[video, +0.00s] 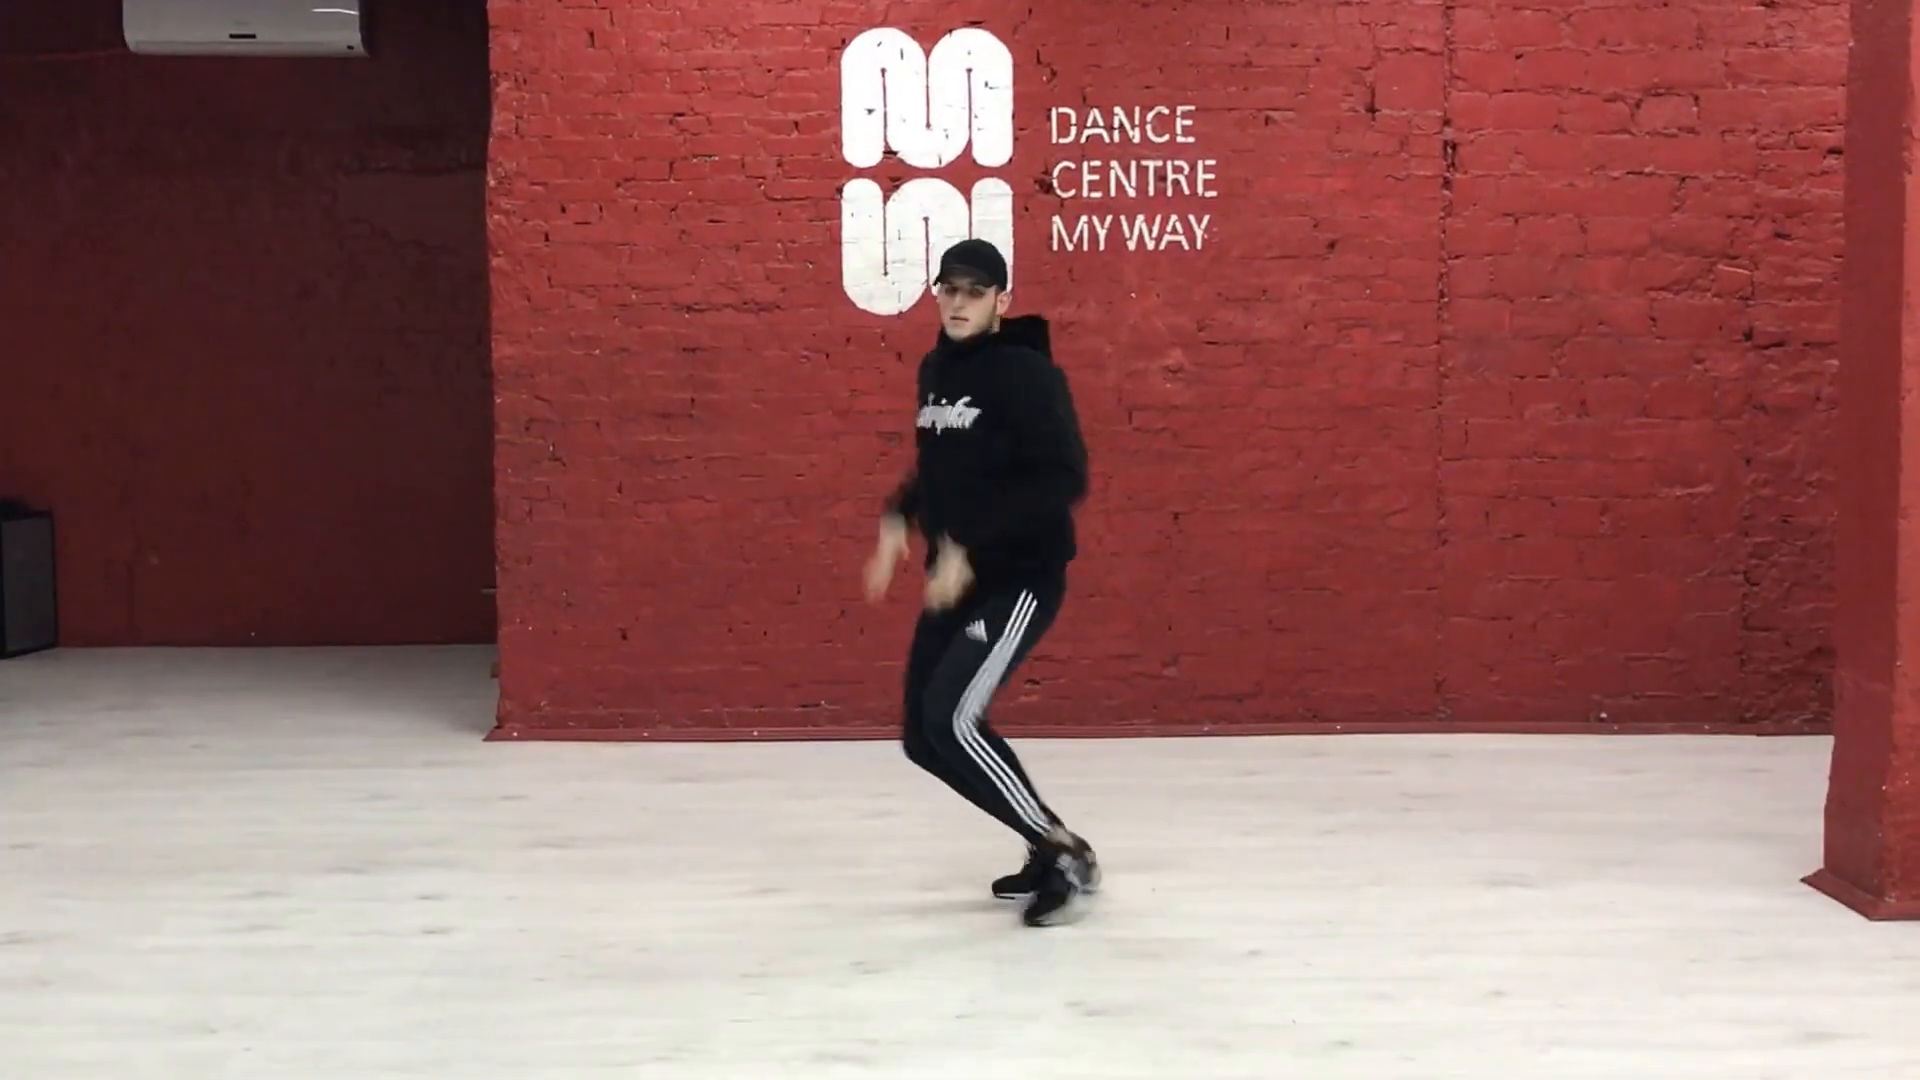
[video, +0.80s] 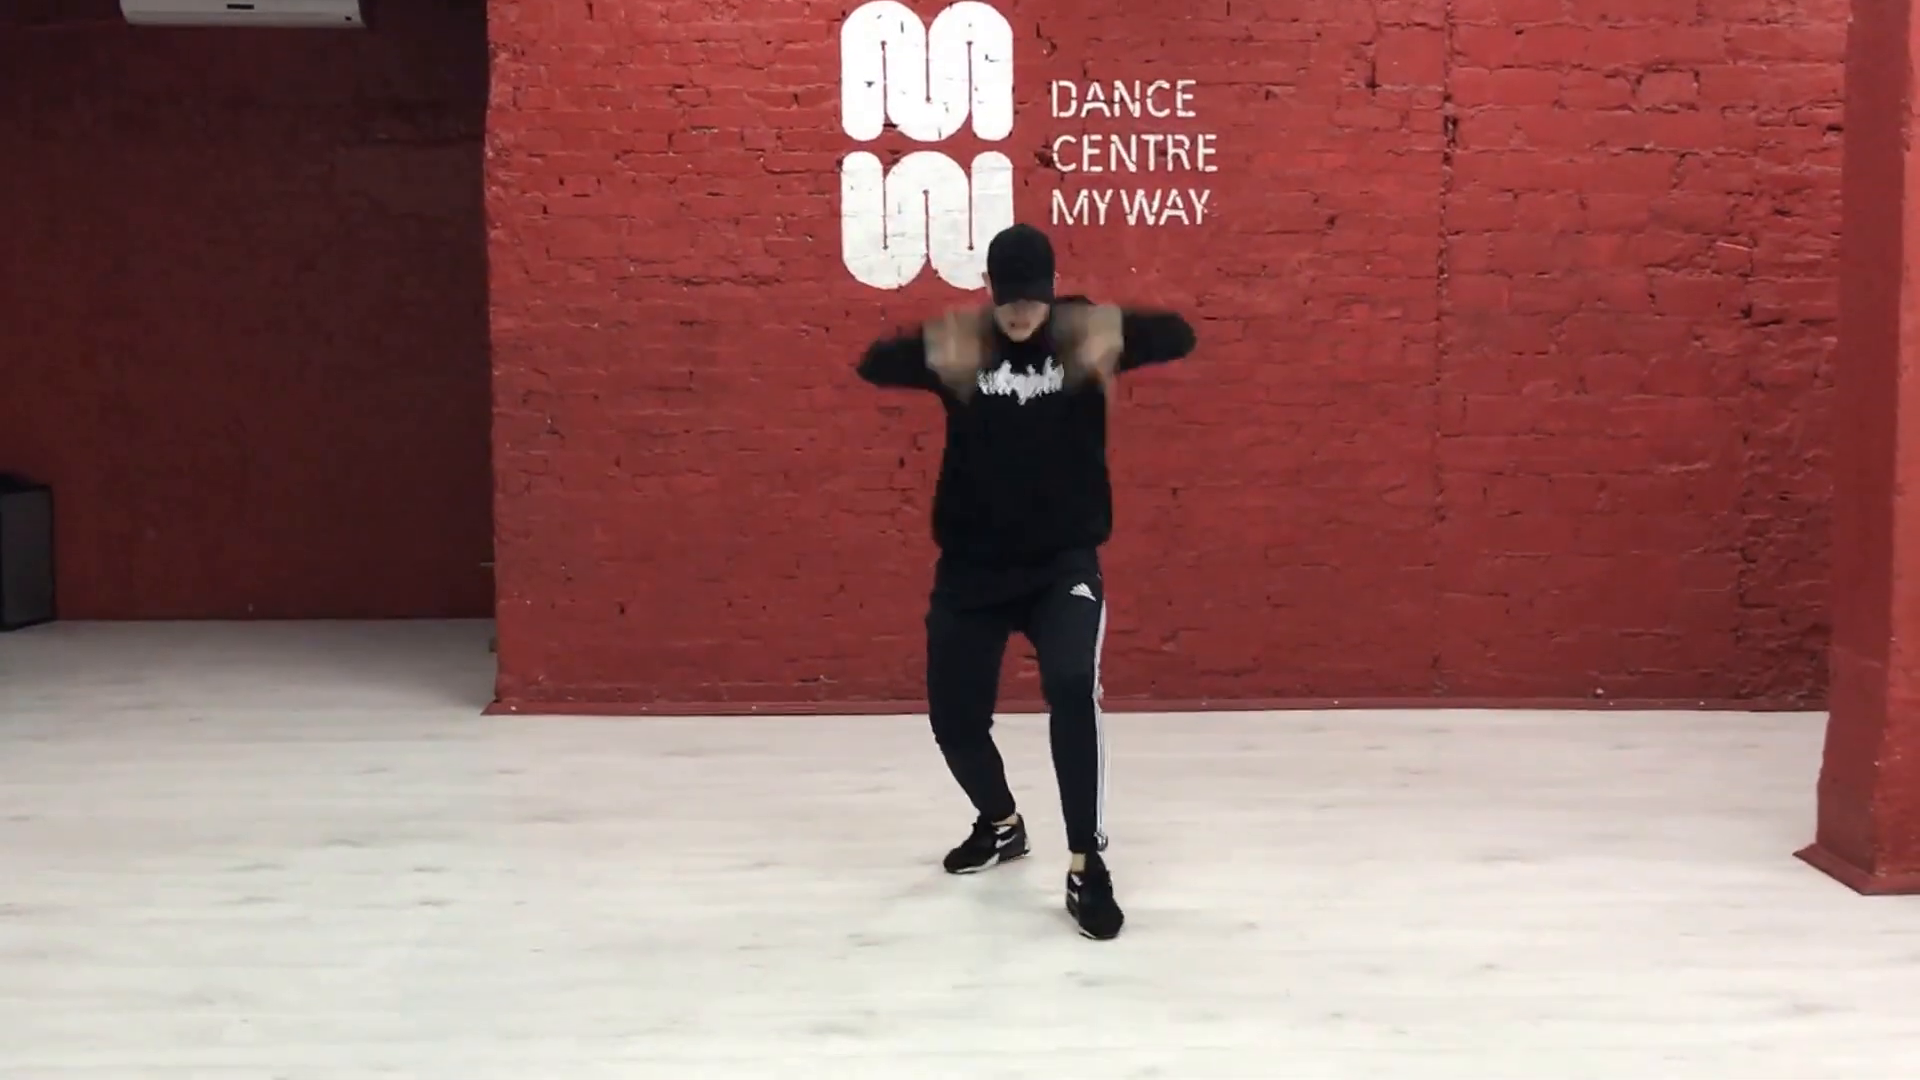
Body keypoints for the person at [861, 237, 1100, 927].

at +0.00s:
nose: (958, 303)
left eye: (974, 292)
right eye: (949, 289)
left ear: (1000, 300)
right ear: (936, 295)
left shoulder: (1029, 373)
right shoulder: (936, 370)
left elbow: (1066, 478)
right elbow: (939, 463)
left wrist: (972, 541)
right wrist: (900, 517)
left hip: (1025, 575)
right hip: (962, 572)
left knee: (950, 723)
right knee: (923, 737)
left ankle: (1062, 851)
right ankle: (1048, 844)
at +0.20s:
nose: (1003, 284)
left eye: (1017, 271)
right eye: (990, 271)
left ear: (1036, 280)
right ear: (971, 278)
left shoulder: (1072, 355)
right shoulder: (941, 364)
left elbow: (1162, 426)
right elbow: (881, 441)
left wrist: (1101, 380)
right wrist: (845, 434)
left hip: (1054, 563)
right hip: (972, 571)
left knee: (1037, 679)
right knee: (935, 725)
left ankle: (1061, 837)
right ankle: (1047, 830)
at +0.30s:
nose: (1015, 277)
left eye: (1027, 266)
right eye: (1002, 266)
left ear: (1047, 276)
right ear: (982, 276)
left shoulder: (1087, 348)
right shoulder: (945, 358)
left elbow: (1198, 371)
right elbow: (851, 397)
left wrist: (1126, 312)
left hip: (1062, 562)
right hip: (974, 563)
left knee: (1071, 707)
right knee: (906, 714)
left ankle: (1096, 885)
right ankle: (1000, 827)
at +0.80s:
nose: (1020, 315)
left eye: (1031, 303)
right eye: (1008, 303)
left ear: (1050, 292)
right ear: (990, 293)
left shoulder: (1086, 331)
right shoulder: (958, 342)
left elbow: (1179, 334)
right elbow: (874, 366)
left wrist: (1117, 334)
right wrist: (930, 352)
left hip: (1062, 561)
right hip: (973, 564)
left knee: (1072, 697)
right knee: (954, 718)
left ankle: (1087, 864)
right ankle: (1000, 823)